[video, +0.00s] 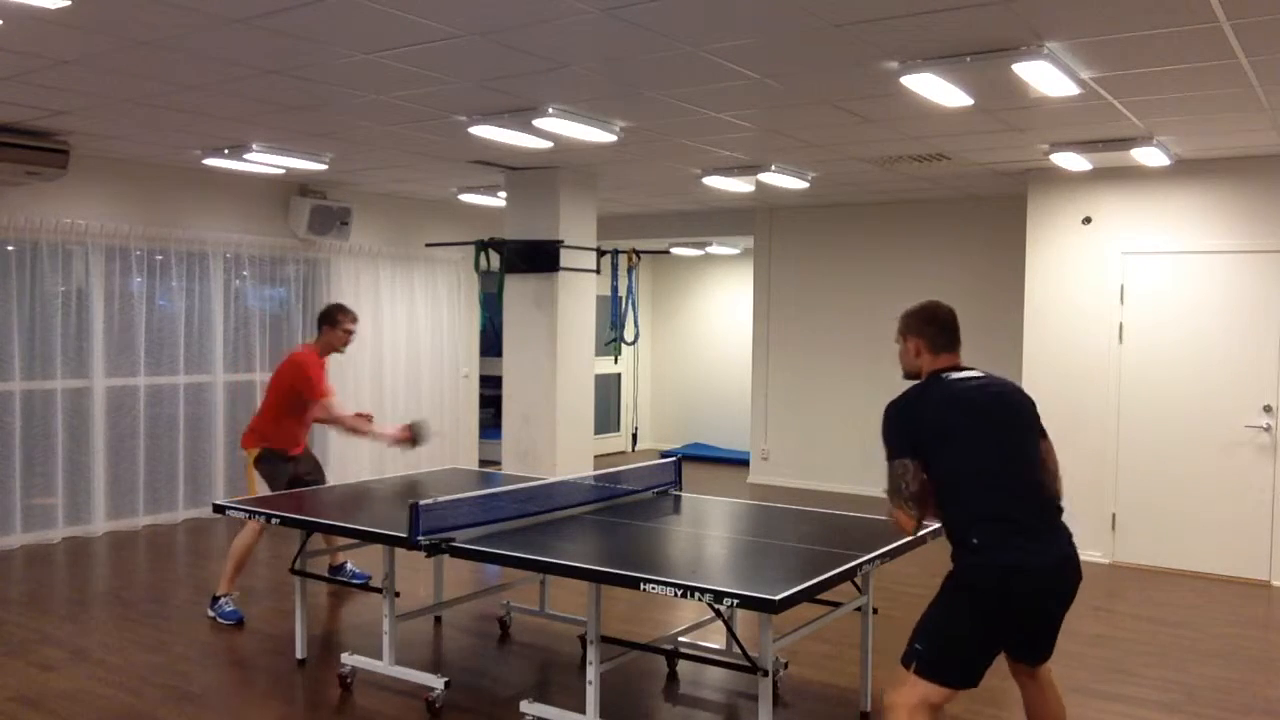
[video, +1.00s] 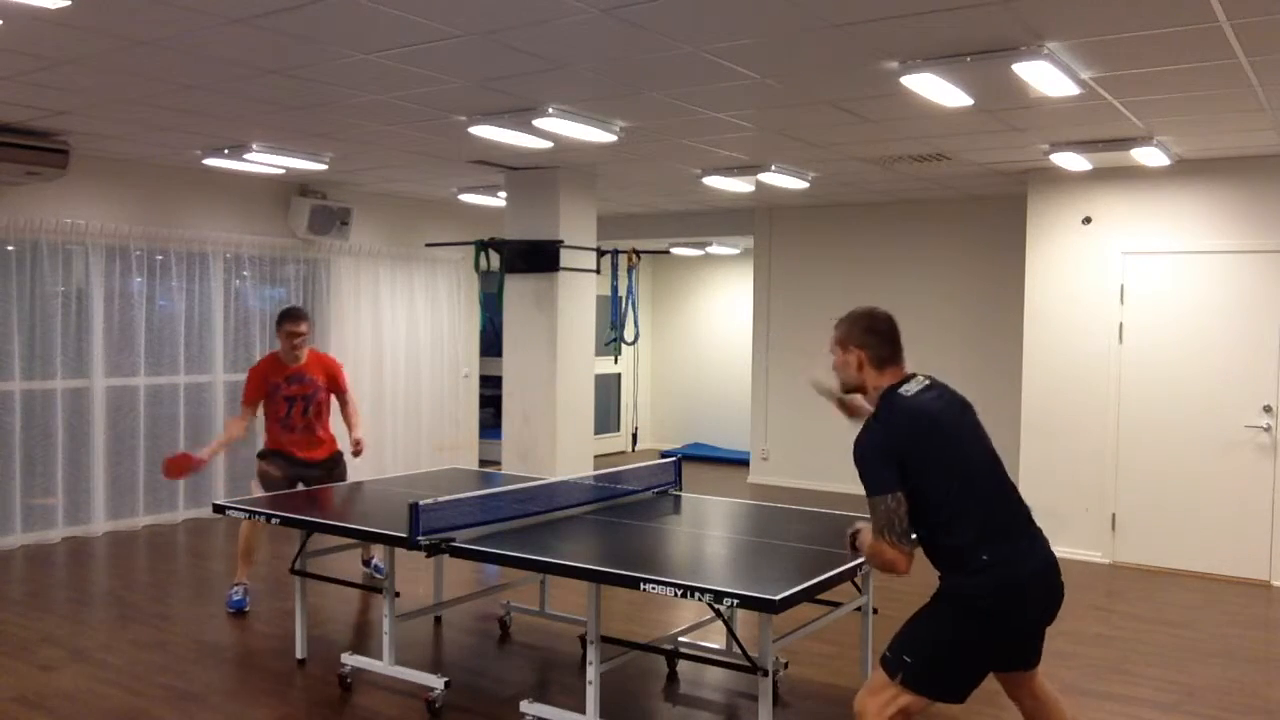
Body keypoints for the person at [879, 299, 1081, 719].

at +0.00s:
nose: (899, 356)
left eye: (900, 344)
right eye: (899, 345)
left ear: (915, 346)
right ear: (956, 345)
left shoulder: (906, 410)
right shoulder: (1011, 392)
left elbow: (908, 518)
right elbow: (1052, 490)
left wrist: (949, 482)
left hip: (988, 570)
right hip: (1057, 562)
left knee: (913, 700)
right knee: (1030, 667)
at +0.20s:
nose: (907, 359)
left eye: (908, 348)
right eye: (907, 349)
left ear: (925, 348)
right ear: (964, 346)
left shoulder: (919, 406)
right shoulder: (1013, 392)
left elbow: (924, 519)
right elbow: (1012, 485)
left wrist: (899, 501)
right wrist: (935, 504)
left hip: (1004, 566)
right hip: (1068, 556)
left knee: (924, 699)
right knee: (1030, 664)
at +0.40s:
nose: (905, 369)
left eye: (904, 357)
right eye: (904, 358)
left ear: (917, 354)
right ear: (960, 352)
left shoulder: (912, 413)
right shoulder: (1014, 402)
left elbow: (916, 528)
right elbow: (1052, 506)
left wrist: (902, 545)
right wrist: (964, 529)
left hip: (987, 576)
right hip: (1054, 567)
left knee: (899, 701)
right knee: (1026, 675)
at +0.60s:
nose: (876, 362)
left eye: (875, 351)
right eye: (877, 353)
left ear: (885, 349)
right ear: (931, 348)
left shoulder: (879, 415)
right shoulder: (977, 402)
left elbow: (885, 538)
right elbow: (989, 496)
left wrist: (875, 539)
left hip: (963, 588)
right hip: (1031, 575)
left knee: (868, 708)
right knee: (1036, 690)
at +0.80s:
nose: (834, 364)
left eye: (833, 353)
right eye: (832, 354)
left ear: (851, 355)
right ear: (888, 347)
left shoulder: (876, 433)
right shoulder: (923, 389)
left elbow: (894, 558)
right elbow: (872, 396)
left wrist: (860, 543)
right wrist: (810, 378)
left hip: (977, 592)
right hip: (1036, 572)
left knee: (872, 706)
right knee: (1031, 681)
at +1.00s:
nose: (834, 363)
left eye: (836, 353)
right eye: (833, 353)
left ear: (857, 359)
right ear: (895, 352)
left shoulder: (876, 437)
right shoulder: (938, 392)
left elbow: (896, 560)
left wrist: (864, 539)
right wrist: (866, 411)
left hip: (981, 592)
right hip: (1037, 572)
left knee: (875, 706)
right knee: (1024, 683)